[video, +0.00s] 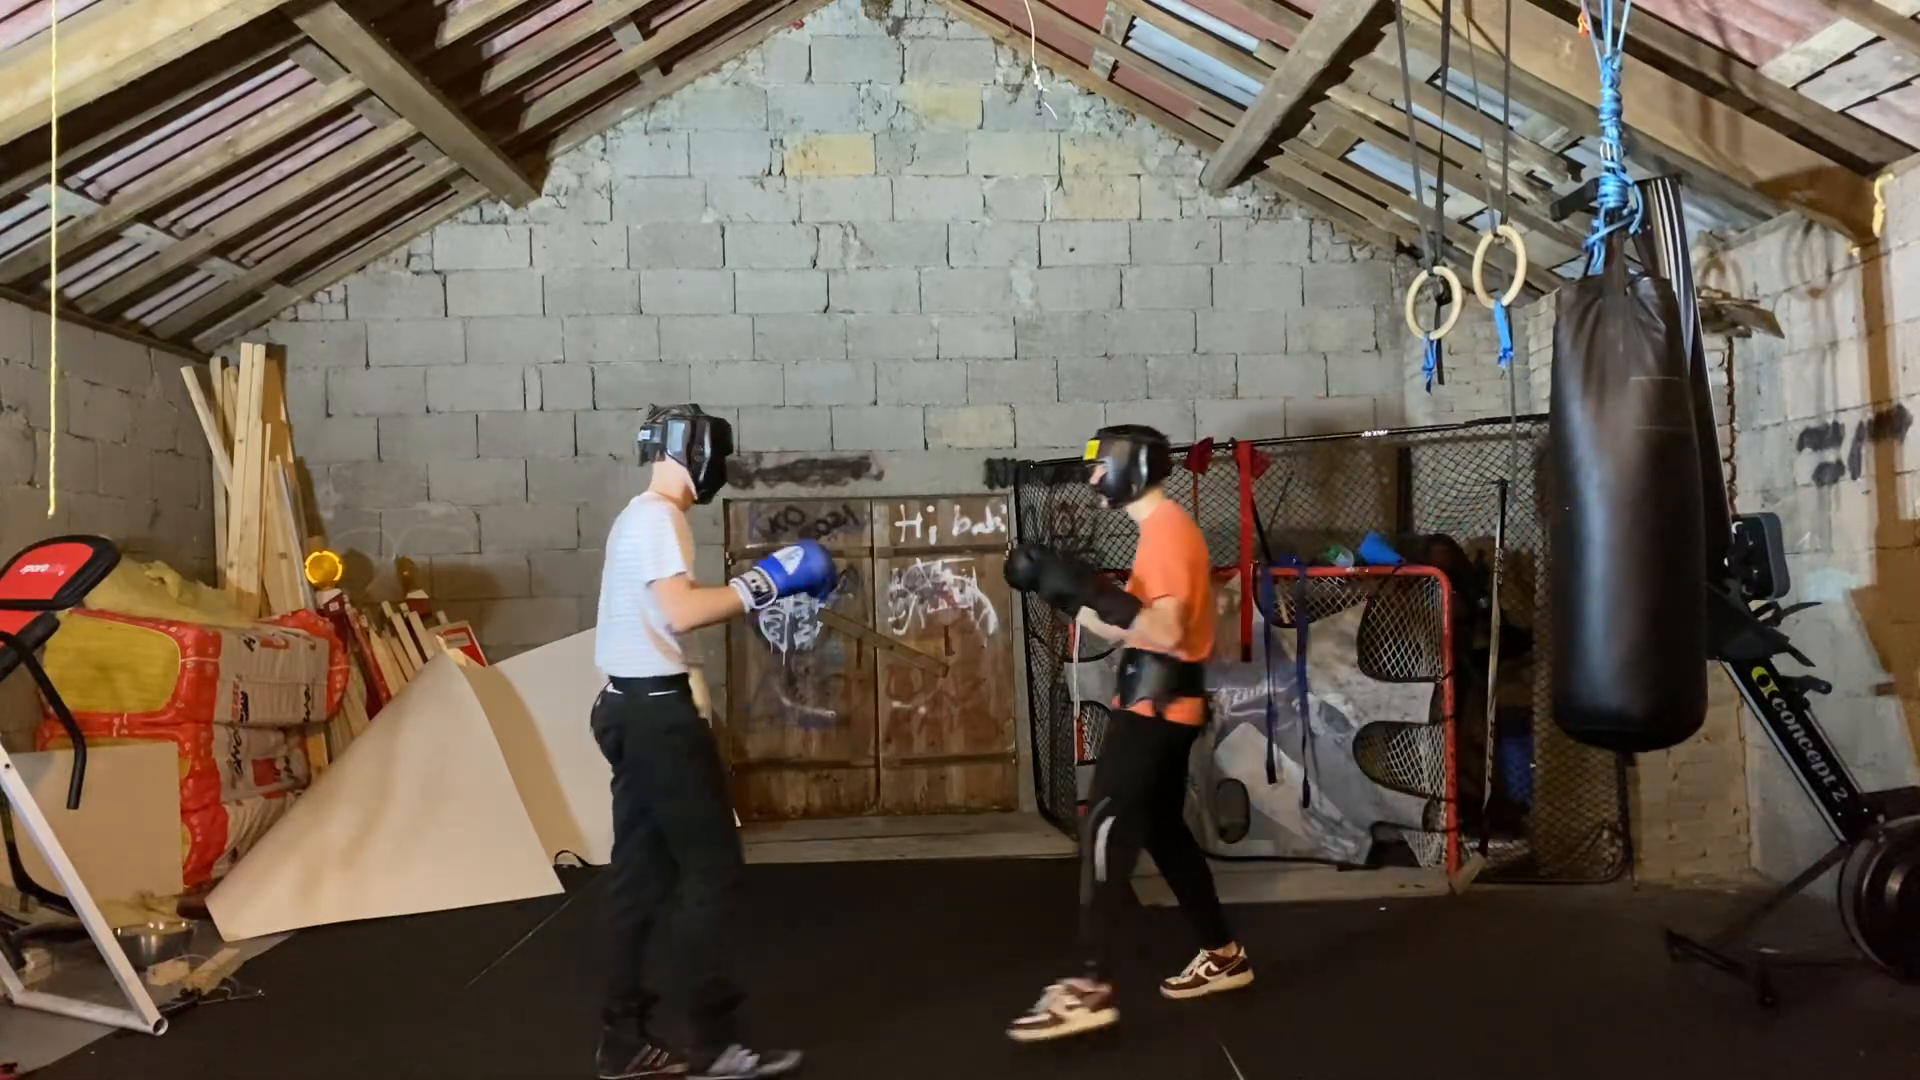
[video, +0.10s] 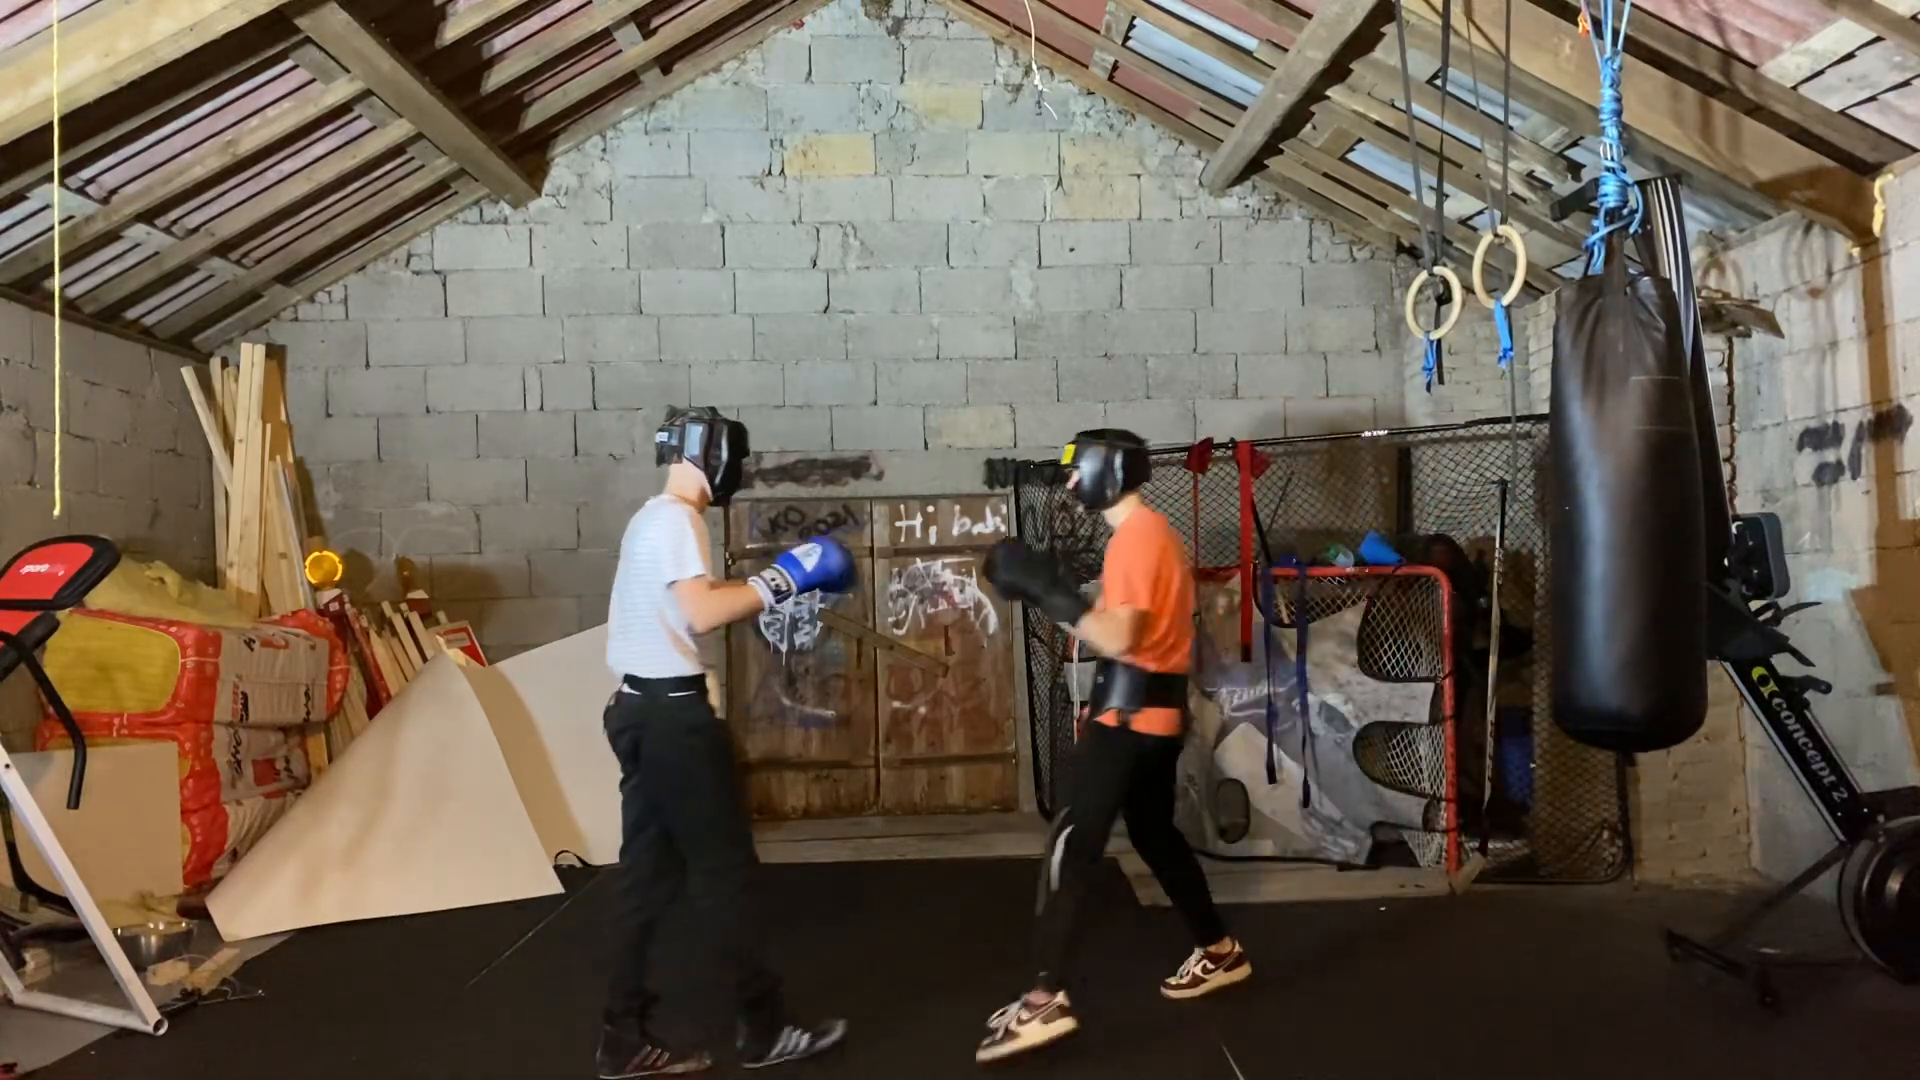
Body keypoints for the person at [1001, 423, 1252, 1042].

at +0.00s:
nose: (1096, 477)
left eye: (1104, 465)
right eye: (1097, 465)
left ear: (1132, 470)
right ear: (1146, 469)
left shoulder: (1165, 532)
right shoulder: (1163, 528)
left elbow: (1167, 631)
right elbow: (1156, 617)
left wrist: (1086, 608)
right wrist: (1087, 593)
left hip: (1155, 712)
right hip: (1167, 710)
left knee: (1104, 835)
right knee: (1163, 831)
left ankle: (1090, 985)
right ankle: (1221, 950)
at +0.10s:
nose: (1074, 485)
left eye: (1080, 472)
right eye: (1076, 472)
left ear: (1103, 475)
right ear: (1130, 474)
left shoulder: (1135, 536)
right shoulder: (1156, 534)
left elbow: (1118, 633)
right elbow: (1142, 630)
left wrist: (1057, 598)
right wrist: (1081, 614)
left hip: (1126, 715)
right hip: (1159, 715)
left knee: (1071, 846)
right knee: (1153, 832)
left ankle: (1046, 996)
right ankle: (1219, 948)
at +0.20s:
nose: (1047, 488)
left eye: (1052, 477)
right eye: (1049, 476)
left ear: (1070, 481)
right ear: (1107, 480)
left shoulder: (1097, 543)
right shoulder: (1137, 540)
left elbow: (1044, 630)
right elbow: (1085, 626)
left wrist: (988, 584)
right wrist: (1015, 596)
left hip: (1099, 727)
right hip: (1148, 723)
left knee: (1040, 864)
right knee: (1159, 840)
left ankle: (1046, 1021)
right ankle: (1218, 949)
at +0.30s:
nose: (1020, 496)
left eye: (1023, 485)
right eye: (1022, 485)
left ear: (1039, 486)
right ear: (1085, 484)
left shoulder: (1065, 547)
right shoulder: (1122, 543)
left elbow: (981, 621)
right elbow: (1043, 613)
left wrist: (921, 570)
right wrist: (961, 584)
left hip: (1096, 726)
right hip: (1149, 725)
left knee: (1021, 867)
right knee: (1153, 856)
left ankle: (1046, 1027)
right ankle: (1209, 978)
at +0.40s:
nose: (1002, 495)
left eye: (1003, 482)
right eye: (1001, 483)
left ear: (1018, 479)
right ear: (1071, 473)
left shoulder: (1046, 537)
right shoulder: (1117, 530)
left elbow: (973, 626)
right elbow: (1056, 615)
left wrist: (928, 592)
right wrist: (983, 579)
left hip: (1095, 729)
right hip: (1157, 723)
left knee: (1038, 869)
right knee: (1142, 856)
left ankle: (1047, 1030)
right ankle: (1192, 1001)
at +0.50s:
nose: (1005, 481)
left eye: (1007, 469)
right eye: (1004, 468)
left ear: (1025, 465)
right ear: (1075, 459)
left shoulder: (1044, 532)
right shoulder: (1129, 520)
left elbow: (1001, 636)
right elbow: (1116, 604)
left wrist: (946, 645)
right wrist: (1017, 597)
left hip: (1094, 727)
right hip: (1163, 723)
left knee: (1055, 866)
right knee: (1151, 859)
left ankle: (1047, 1031)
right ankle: (1182, 1006)